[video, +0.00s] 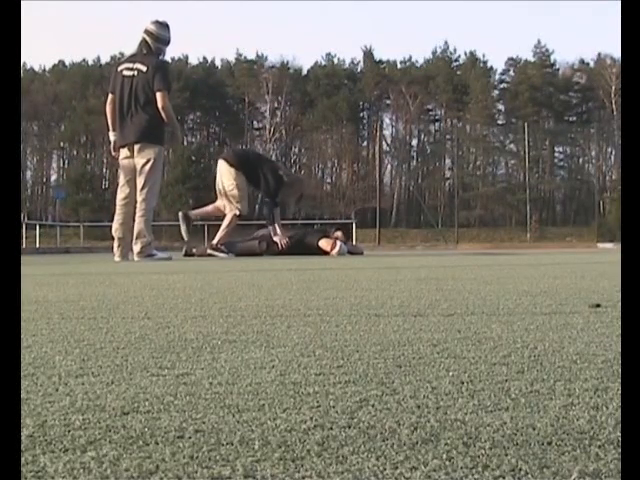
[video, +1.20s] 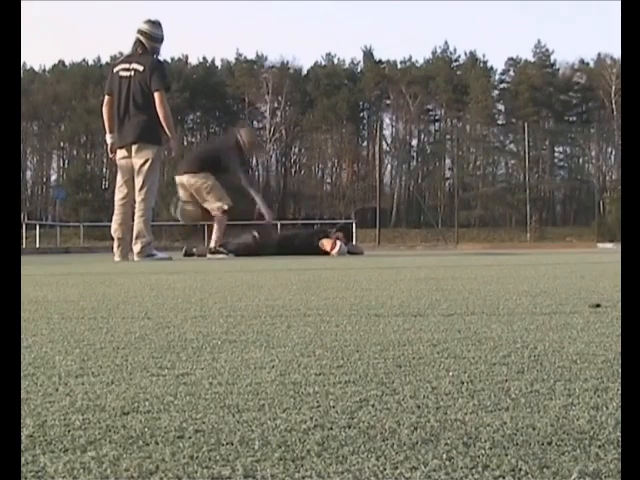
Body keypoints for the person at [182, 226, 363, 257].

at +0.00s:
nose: (337, 242)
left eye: (340, 240)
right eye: (338, 238)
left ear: (337, 239)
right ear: (333, 235)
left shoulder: (324, 241)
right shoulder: (320, 237)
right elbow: (333, 249)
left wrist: (346, 246)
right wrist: (346, 248)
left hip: (272, 240)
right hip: (270, 241)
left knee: (232, 247)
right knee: (231, 248)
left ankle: (197, 252)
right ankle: (197, 252)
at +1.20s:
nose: (336, 241)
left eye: (339, 240)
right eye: (337, 237)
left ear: (338, 240)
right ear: (334, 234)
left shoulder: (325, 241)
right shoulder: (322, 237)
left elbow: (354, 251)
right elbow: (328, 246)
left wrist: (346, 247)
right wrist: (336, 249)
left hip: (267, 244)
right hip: (266, 243)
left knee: (229, 248)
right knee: (229, 248)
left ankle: (195, 252)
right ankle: (195, 251)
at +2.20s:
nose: (338, 242)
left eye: (341, 241)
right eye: (340, 240)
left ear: (338, 238)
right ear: (335, 236)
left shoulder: (327, 239)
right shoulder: (321, 237)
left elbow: (358, 250)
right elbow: (331, 248)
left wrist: (344, 245)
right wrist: (338, 246)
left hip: (269, 243)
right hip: (265, 241)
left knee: (227, 250)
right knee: (220, 250)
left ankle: (192, 250)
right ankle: (251, 221)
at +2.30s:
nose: (337, 243)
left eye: (341, 242)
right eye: (339, 241)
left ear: (338, 239)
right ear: (335, 237)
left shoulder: (327, 240)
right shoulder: (320, 237)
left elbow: (357, 250)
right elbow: (330, 248)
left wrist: (344, 245)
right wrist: (338, 247)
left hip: (269, 244)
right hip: (265, 241)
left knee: (228, 251)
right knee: (220, 249)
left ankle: (193, 250)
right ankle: (250, 222)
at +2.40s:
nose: (338, 243)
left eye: (341, 241)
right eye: (339, 240)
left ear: (338, 239)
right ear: (335, 237)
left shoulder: (327, 240)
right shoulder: (321, 238)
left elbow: (358, 250)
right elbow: (333, 249)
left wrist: (344, 245)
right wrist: (341, 247)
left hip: (270, 243)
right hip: (266, 242)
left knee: (228, 250)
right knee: (220, 249)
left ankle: (194, 249)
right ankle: (246, 222)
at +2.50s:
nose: (338, 241)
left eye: (341, 240)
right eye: (339, 239)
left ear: (338, 239)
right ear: (334, 236)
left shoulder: (326, 240)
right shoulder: (320, 237)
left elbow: (358, 250)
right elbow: (335, 248)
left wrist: (343, 246)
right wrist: (353, 248)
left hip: (269, 242)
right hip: (266, 242)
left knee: (228, 247)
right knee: (220, 250)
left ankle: (194, 245)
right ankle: (242, 223)